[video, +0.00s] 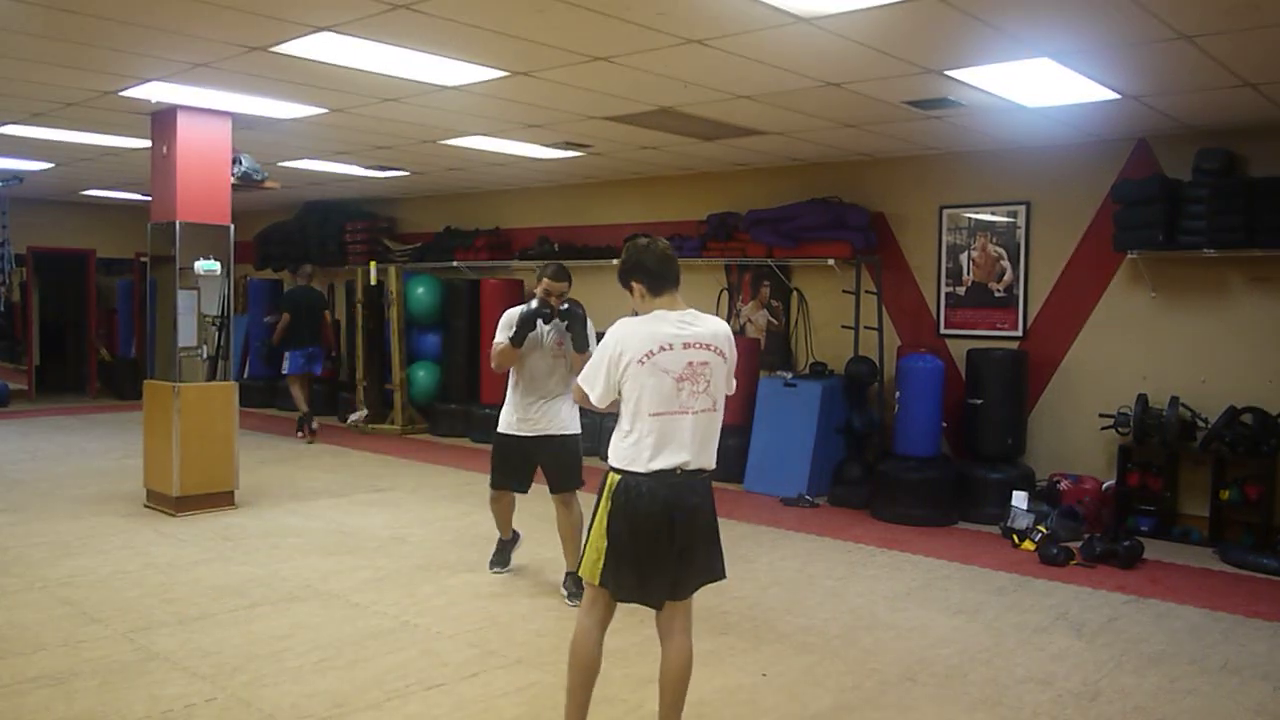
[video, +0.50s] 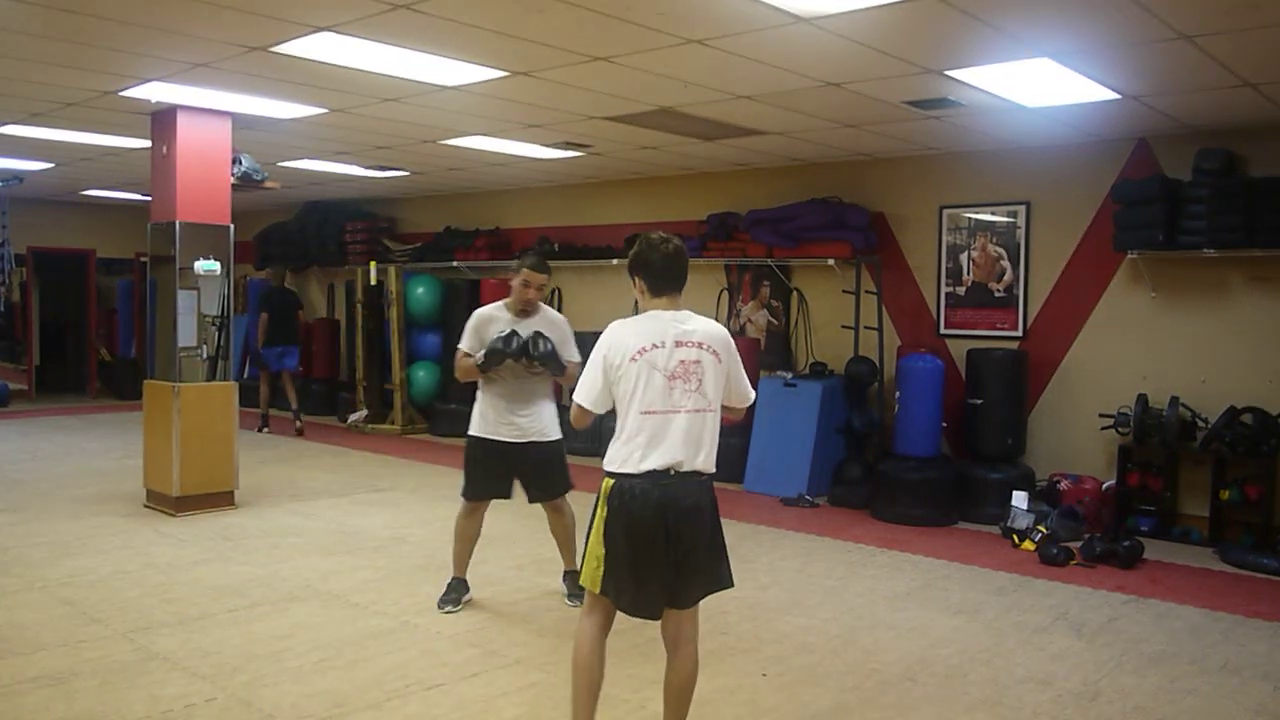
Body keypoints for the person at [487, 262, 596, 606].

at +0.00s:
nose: (552, 300)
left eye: (560, 295)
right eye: (547, 293)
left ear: (569, 292)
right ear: (536, 286)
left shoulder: (578, 320)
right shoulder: (515, 316)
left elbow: (583, 372)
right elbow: (499, 363)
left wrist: (577, 329)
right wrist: (523, 330)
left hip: (559, 421)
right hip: (515, 420)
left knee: (565, 498)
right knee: (500, 493)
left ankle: (573, 573)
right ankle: (506, 537)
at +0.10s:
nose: (553, 296)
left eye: (560, 290)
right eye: (548, 288)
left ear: (570, 288)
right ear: (537, 283)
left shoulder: (583, 321)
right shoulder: (517, 314)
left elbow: (587, 376)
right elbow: (500, 362)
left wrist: (577, 334)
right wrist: (523, 333)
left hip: (561, 423)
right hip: (515, 420)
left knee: (565, 498)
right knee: (492, 490)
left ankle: (572, 574)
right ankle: (504, 535)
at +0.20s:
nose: (553, 293)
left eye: (561, 287)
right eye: (547, 284)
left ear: (570, 286)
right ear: (537, 281)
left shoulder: (583, 320)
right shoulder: (515, 314)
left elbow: (589, 377)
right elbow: (496, 366)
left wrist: (577, 345)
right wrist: (520, 341)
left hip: (560, 424)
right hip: (512, 420)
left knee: (565, 499)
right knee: (488, 490)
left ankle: (572, 574)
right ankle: (495, 546)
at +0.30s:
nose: (551, 292)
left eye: (559, 286)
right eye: (545, 284)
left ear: (568, 286)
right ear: (533, 280)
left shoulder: (580, 321)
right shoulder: (510, 314)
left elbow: (591, 380)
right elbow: (487, 369)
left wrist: (572, 351)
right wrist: (508, 352)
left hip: (557, 428)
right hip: (508, 425)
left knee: (564, 501)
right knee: (486, 496)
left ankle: (573, 575)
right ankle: (473, 567)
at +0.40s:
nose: (544, 294)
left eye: (552, 288)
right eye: (538, 285)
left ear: (559, 288)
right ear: (525, 281)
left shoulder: (571, 322)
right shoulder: (499, 317)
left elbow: (585, 382)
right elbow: (475, 370)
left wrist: (563, 360)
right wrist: (497, 359)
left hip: (551, 433)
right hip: (501, 432)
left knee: (561, 502)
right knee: (482, 502)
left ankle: (572, 575)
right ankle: (457, 579)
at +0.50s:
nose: (531, 293)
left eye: (539, 287)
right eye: (525, 284)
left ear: (547, 288)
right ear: (511, 281)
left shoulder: (557, 324)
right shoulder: (483, 318)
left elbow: (573, 377)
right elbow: (461, 371)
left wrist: (552, 365)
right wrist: (487, 360)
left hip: (540, 435)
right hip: (488, 433)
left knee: (556, 503)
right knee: (473, 504)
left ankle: (572, 574)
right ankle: (458, 581)